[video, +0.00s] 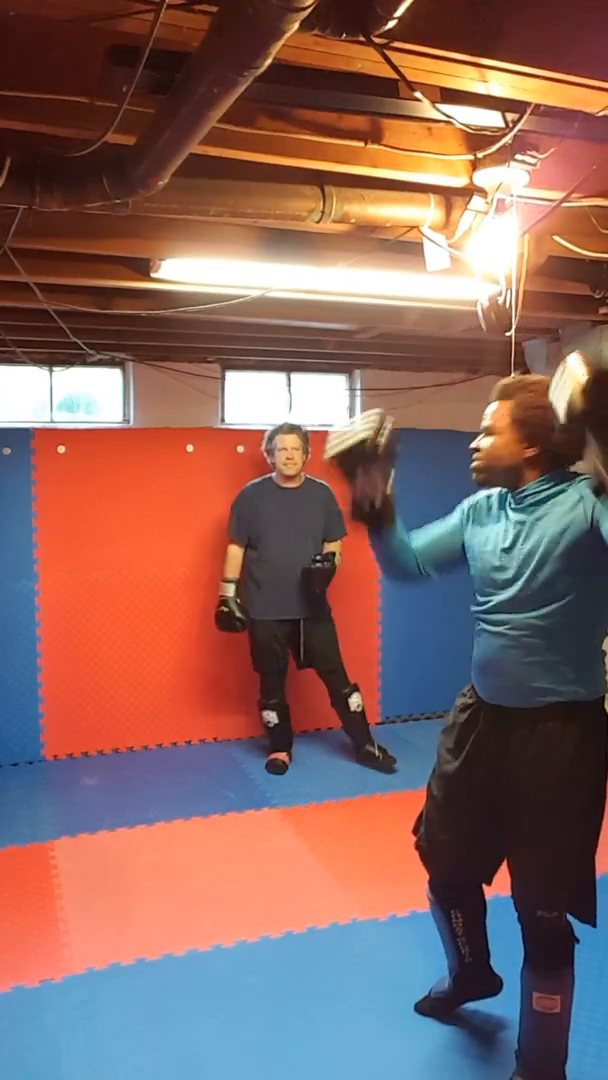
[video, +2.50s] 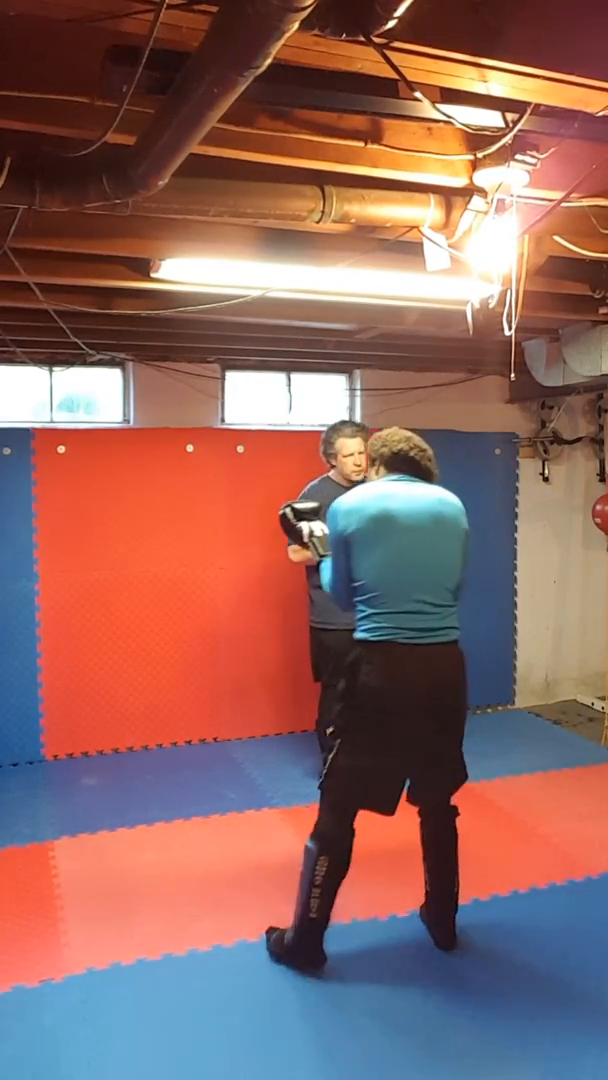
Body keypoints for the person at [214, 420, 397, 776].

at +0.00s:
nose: (289, 456)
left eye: (295, 450)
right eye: (282, 450)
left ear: (306, 454)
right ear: (269, 455)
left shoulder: (321, 494)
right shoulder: (250, 496)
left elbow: (334, 539)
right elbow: (236, 546)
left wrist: (326, 567)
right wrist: (228, 593)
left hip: (311, 604)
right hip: (264, 606)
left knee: (336, 674)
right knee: (271, 682)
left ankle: (364, 743)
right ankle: (280, 749)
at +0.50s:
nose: (318, 455)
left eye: (323, 449)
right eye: (310, 450)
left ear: (330, 451)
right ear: (296, 455)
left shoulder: (345, 489)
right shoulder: (277, 495)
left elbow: (360, 532)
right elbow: (265, 544)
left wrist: (357, 551)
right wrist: (307, 558)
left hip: (340, 605)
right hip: (294, 607)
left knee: (349, 676)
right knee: (287, 679)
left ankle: (355, 744)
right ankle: (282, 748)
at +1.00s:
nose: (357, 457)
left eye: (361, 450)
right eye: (349, 451)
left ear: (367, 452)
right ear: (332, 455)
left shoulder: (381, 490)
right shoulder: (315, 493)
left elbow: (398, 536)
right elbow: (301, 547)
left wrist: (390, 541)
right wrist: (346, 537)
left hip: (375, 603)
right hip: (333, 604)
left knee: (366, 674)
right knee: (329, 672)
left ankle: (358, 744)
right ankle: (295, 747)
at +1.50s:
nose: (370, 460)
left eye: (374, 453)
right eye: (362, 453)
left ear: (380, 453)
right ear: (344, 455)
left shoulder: (391, 492)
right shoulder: (324, 493)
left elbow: (409, 536)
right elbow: (305, 545)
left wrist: (384, 544)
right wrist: (342, 542)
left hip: (381, 605)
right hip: (341, 607)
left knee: (368, 679)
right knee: (344, 683)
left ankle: (360, 744)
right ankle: (343, 766)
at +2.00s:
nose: (364, 458)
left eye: (367, 451)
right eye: (355, 453)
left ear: (374, 450)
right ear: (336, 456)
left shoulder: (387, 489)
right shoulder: (321, 494)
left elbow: (402, 537)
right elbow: (303, 548)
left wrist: (374, 541)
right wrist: (348, 543)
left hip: (382, 611)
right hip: (339, 614)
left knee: (370, 684)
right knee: (341, 687)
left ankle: (360, 746)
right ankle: (344, 768)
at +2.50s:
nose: (359, 462)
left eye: (362, 454)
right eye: (350, 456)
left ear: (368, 453)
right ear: (331, 458)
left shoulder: (374, 489)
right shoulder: (316, 494)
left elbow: (387, 543)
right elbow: (296, 552)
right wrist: (340, 546)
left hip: (373, 619)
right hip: (333, 621)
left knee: (368, 698)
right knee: (336, 697)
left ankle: (367, 771)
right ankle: (334, 771)